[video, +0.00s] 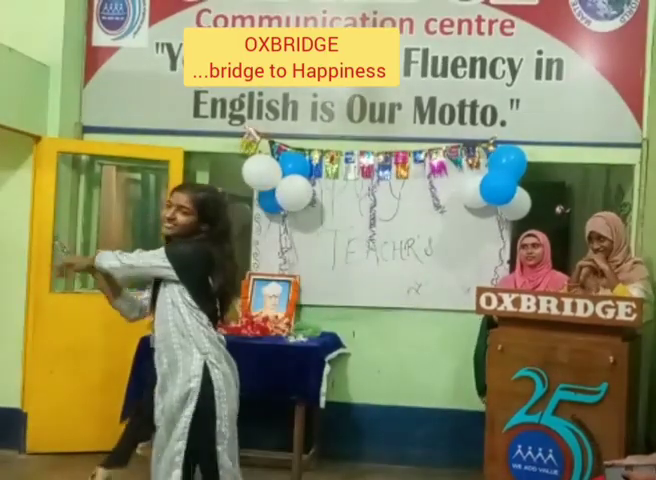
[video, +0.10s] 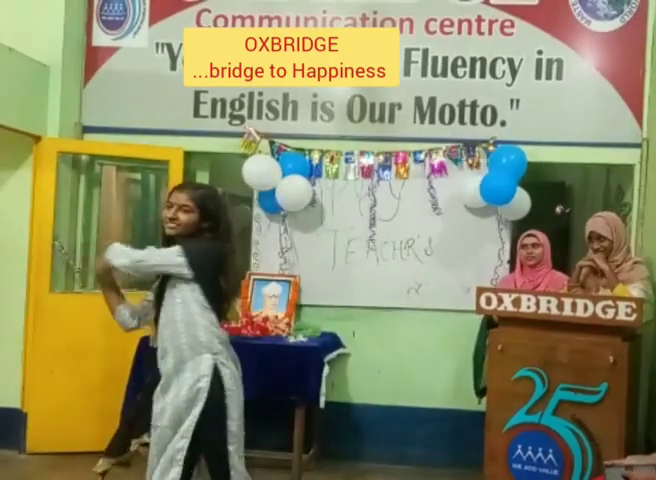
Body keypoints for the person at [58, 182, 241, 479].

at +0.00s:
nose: (170, 215)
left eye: (182, 211)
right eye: (168, 207)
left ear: (203, 224)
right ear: (165, 207)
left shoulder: (196, 254)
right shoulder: (178, 260)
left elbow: (134, 263)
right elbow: (136, 309)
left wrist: (89, 262)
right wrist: (100, 274)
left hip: (203, 372)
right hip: (180, 372)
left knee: (203, 462)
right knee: (175, 461)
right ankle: (106, 468)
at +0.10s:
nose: (172, 215)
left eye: (184, 209)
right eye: (169, 207)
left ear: (205, 221)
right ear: (164, 210)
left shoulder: (205, 252)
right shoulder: (174, 272)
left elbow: (131, 261)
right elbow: (131, 320)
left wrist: (113, 249)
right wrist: (106, 280)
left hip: (208, 372)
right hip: (177, 376)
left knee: (221, 467)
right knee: (171, 468)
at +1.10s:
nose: (252, 216)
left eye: (265, 211)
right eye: (249, 207)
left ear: (284, 223)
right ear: (241, 211)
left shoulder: (280, 272)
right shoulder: (243, 268)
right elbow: (200, 314)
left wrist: (182, 256)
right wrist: (181, 260)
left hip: (260, 387)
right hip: (233, 379)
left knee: (250, 466)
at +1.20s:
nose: (240, 214)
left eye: (253, 211)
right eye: (238, 205)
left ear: (272, 224)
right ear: (232, 207)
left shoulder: (253, 266)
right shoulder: (240, 260)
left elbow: (184, 298)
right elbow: (188, 306)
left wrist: (158, 266)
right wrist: (158, 262)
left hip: (243, 378)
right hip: (224, 372)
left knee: (252, 463)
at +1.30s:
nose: (224, 220)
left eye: (237, 218)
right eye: (225, 211)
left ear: (256, 232)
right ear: (219, 212)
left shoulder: (235, 274)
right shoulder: (217, 268)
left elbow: (160, 293)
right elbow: (178, 314)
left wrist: (126, 260)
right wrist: (137, 265)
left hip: (226, 387)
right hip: (204, 384)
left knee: (238, 469)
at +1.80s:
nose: (233, 223)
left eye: (240, 214)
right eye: (223, 215)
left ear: (251, 219)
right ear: (207, 221)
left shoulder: (262, 266)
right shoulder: (200, 269)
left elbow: (273, 312)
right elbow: (186, 335)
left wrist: (267, 251)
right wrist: (190, 289)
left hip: (251, 370)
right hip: (206, 369)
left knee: (249, 459)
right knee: (192, 456)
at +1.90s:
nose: (246, 223)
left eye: (254, 213)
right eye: (236, 215)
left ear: (268, 218)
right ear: (224, 222)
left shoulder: (280, 270)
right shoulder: (210, 269)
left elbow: (315, 304)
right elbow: (211, 332)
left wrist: (331, 246)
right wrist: (255, 302)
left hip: (272, 382)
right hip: (229, 381)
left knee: (266, 464)